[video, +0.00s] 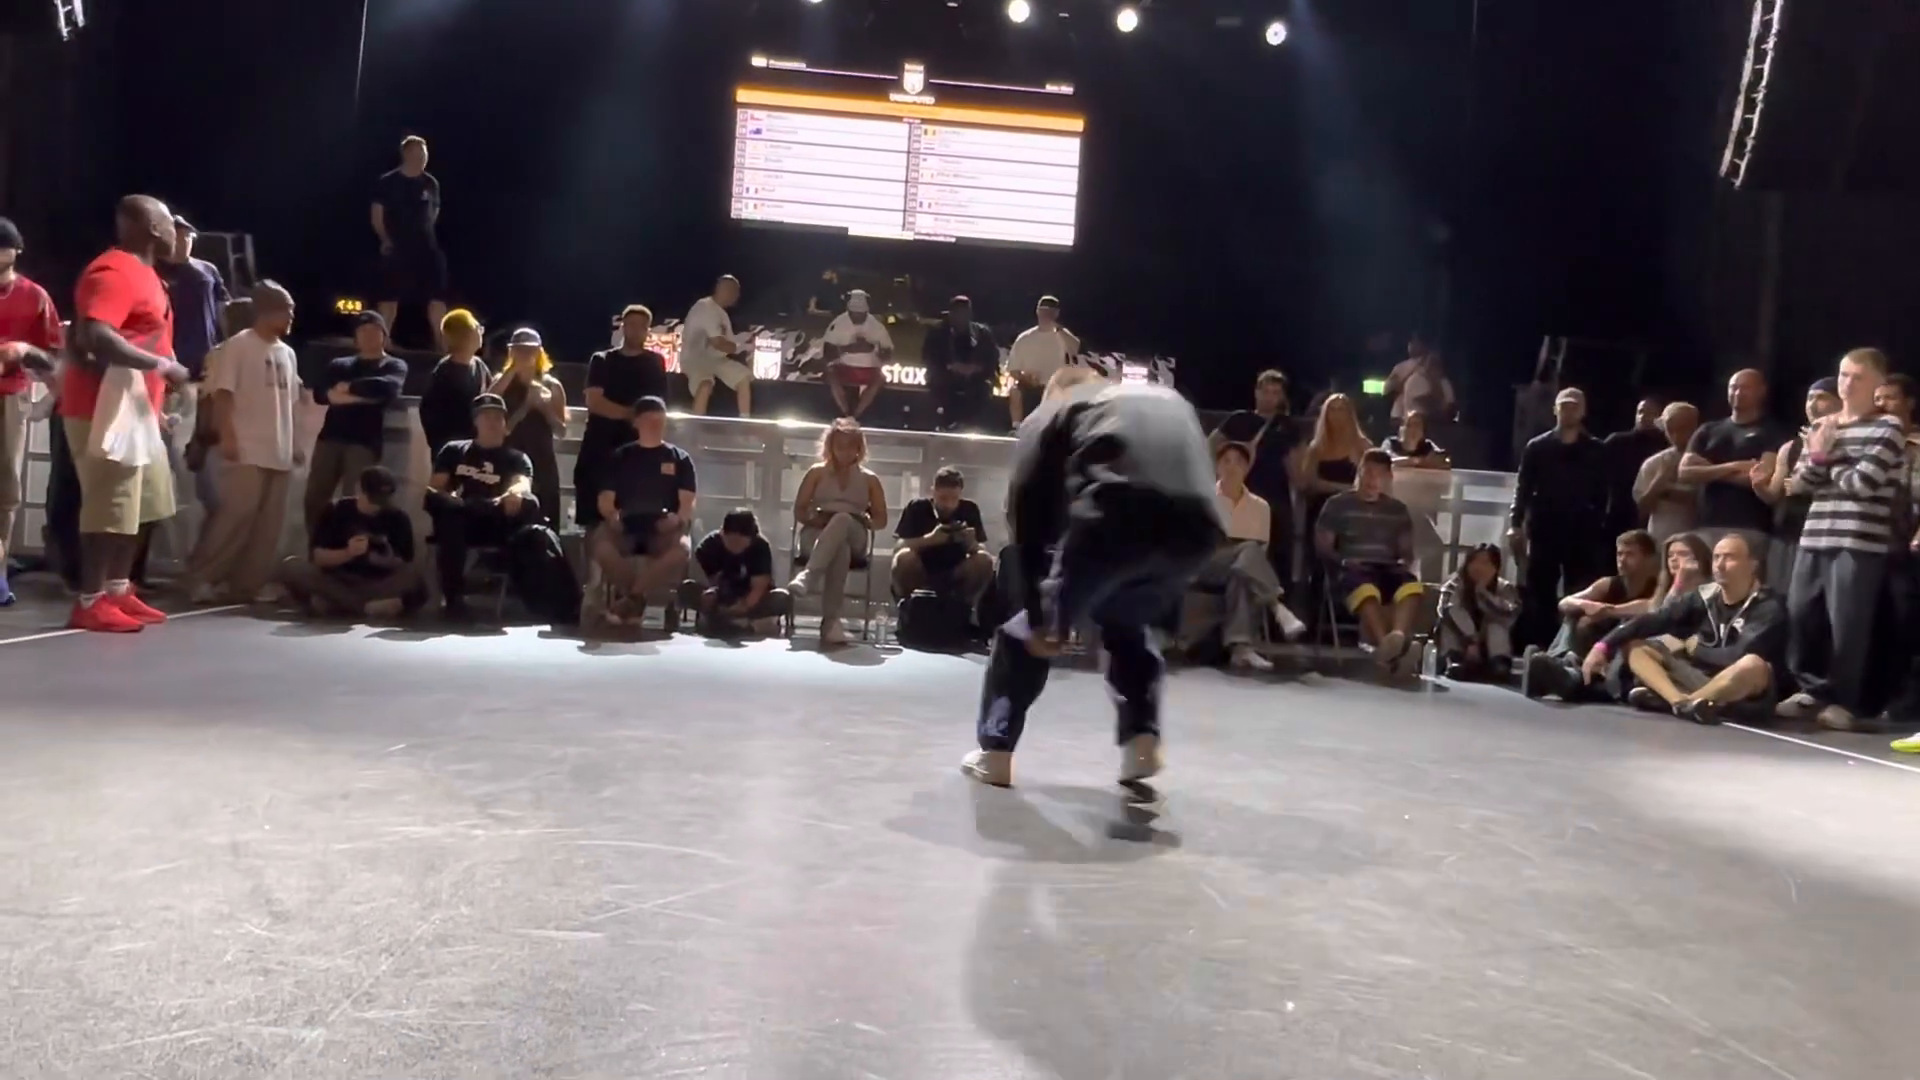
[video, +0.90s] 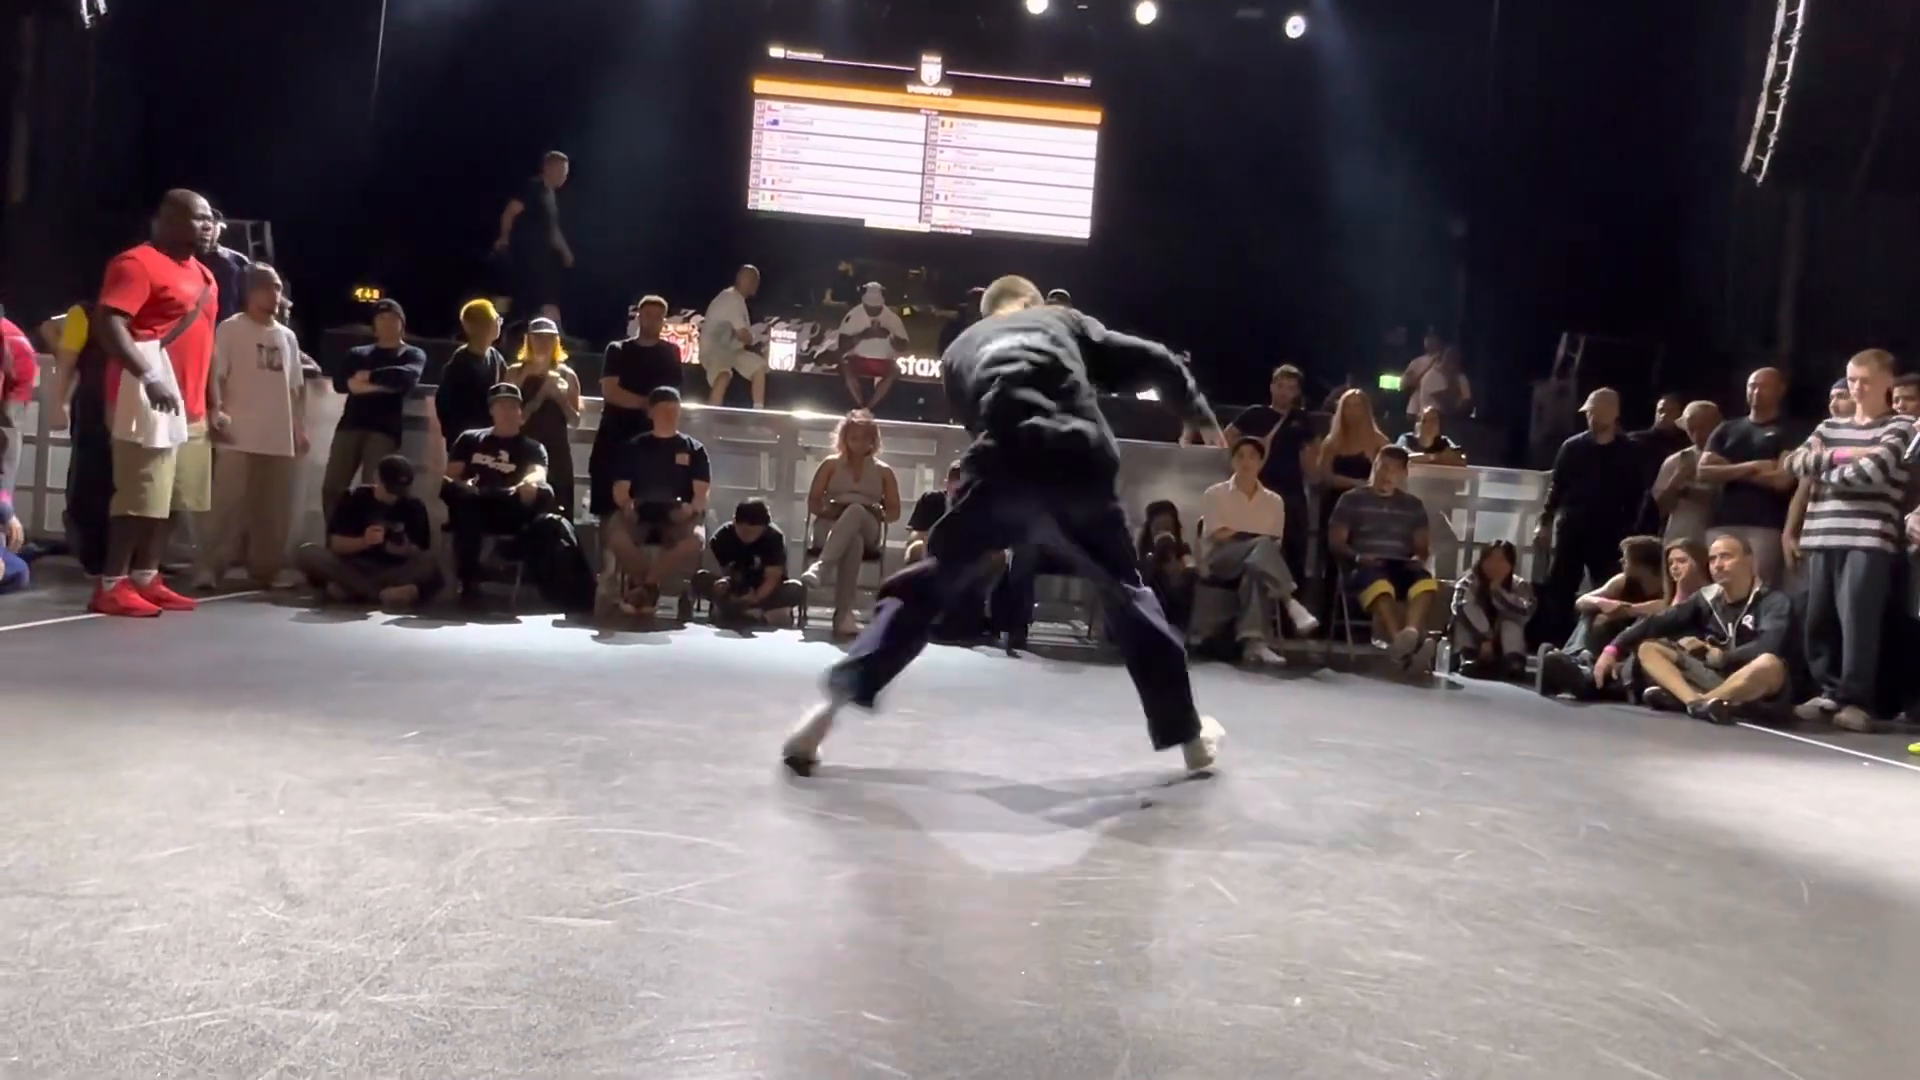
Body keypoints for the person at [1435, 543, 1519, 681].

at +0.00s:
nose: (1478, 568)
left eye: (1485, 563)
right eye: (1474, 562)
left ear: (1495, 569)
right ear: (1467, 565)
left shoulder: (1505, 588)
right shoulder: (1454, 585)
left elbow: (1510, 613)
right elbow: (1448, 610)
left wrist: (1482, 592)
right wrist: (1471, 639)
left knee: (1495, 624)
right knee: (1449, 621)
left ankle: (1500, 662)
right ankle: (1453, 661)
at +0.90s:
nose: (1494, 566)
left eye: (1501, 561)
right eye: (1490, 559)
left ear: (1510, 566)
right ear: (1482, 561)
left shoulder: (1520, 585)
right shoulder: (1467, 583)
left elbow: (1526, 611)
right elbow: (1462, 607)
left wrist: (1497, 591)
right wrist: (1485, 636)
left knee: (1510, 621)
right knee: (1464, 617)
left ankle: (1514, 660)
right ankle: (1467, 658)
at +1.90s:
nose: (1508, 559)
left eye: (1515, 554)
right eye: (1503, 552)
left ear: (1524, 559)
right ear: (1496, 554)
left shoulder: (1532, 578)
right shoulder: (1482, 574)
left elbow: (1537, 604)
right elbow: (1476, 599)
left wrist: (1510, 583)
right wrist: (1497, 630)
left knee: (1524, 613)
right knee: (1477, 609)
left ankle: (1527, 652)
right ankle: (1480, 649)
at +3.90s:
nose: (1511, 560)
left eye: (1516, 555)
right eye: (1509, 555)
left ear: (1527, 558)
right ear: (1502, 557)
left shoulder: (1536, 578)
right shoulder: (1494, 575)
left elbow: (1539, 605)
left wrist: (1511, 582)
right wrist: (1498, 632)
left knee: (1524, 614)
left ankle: (1529, 655)